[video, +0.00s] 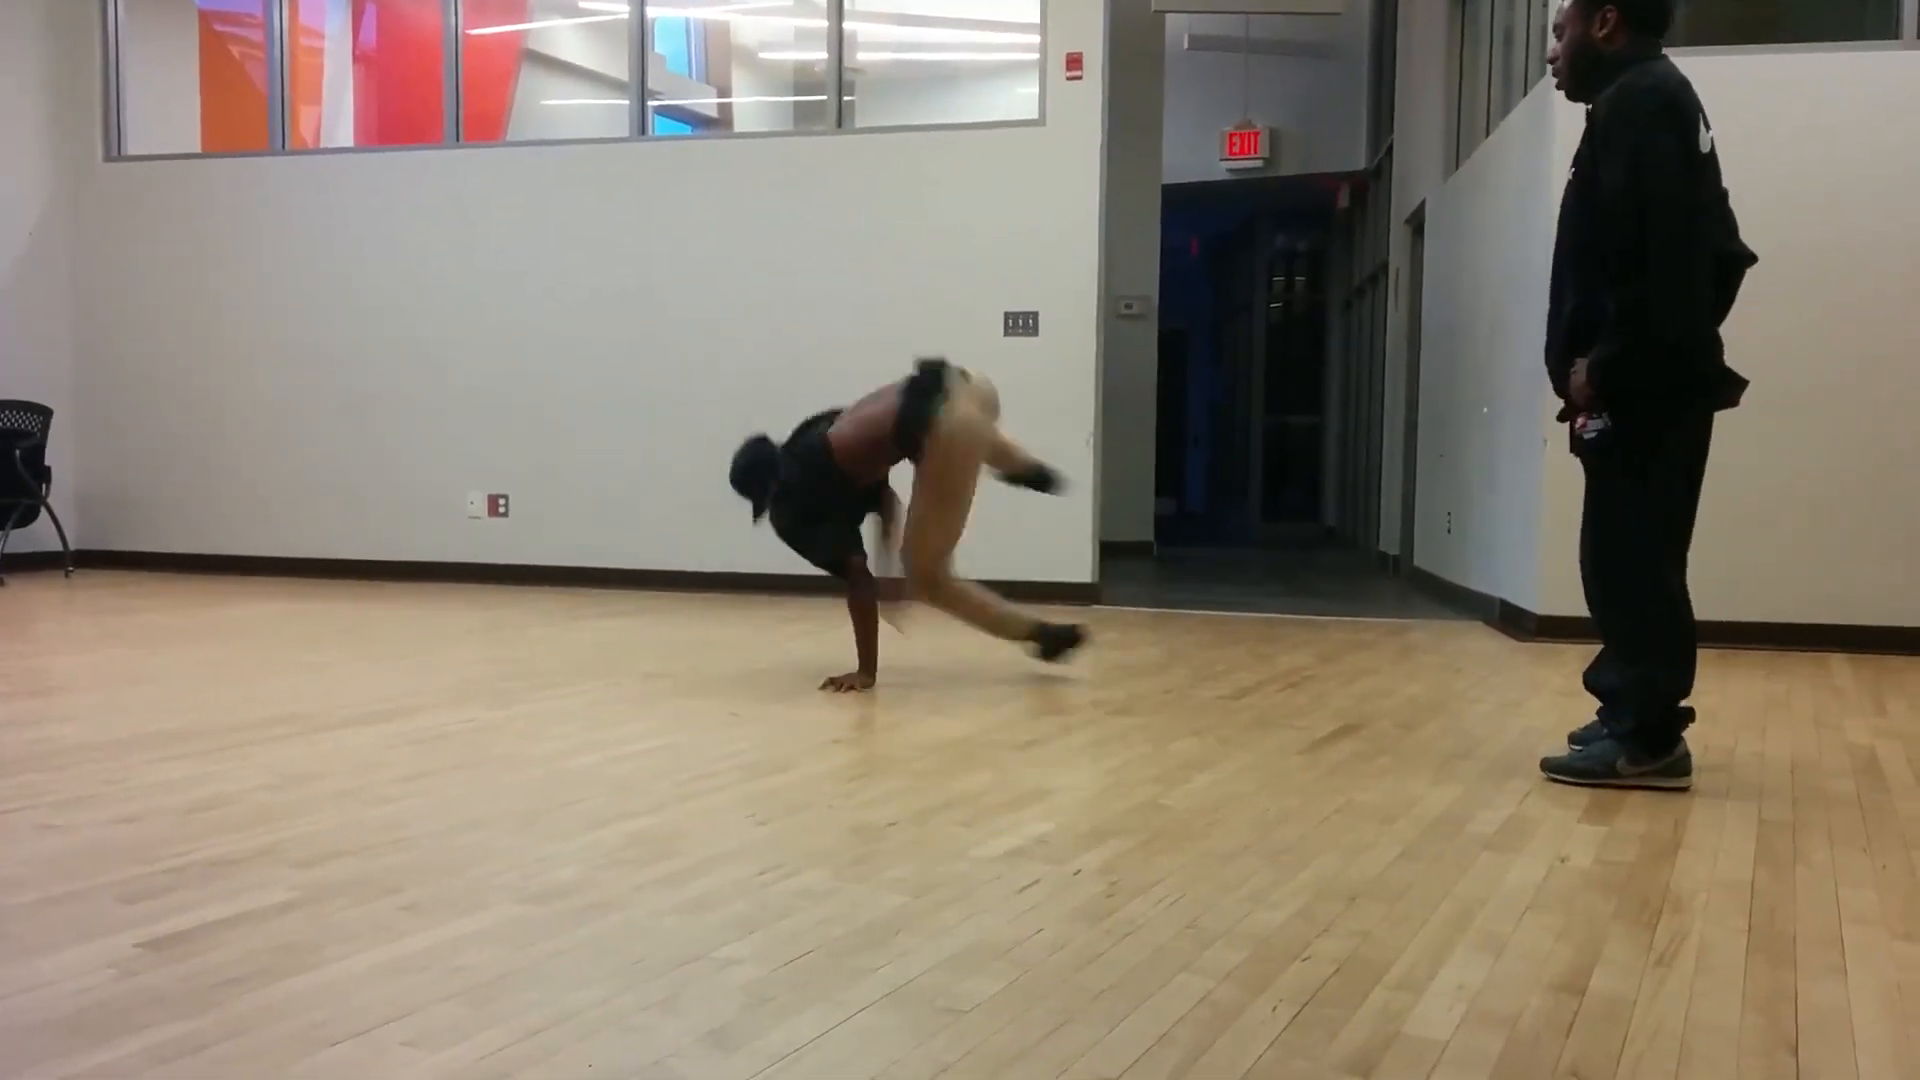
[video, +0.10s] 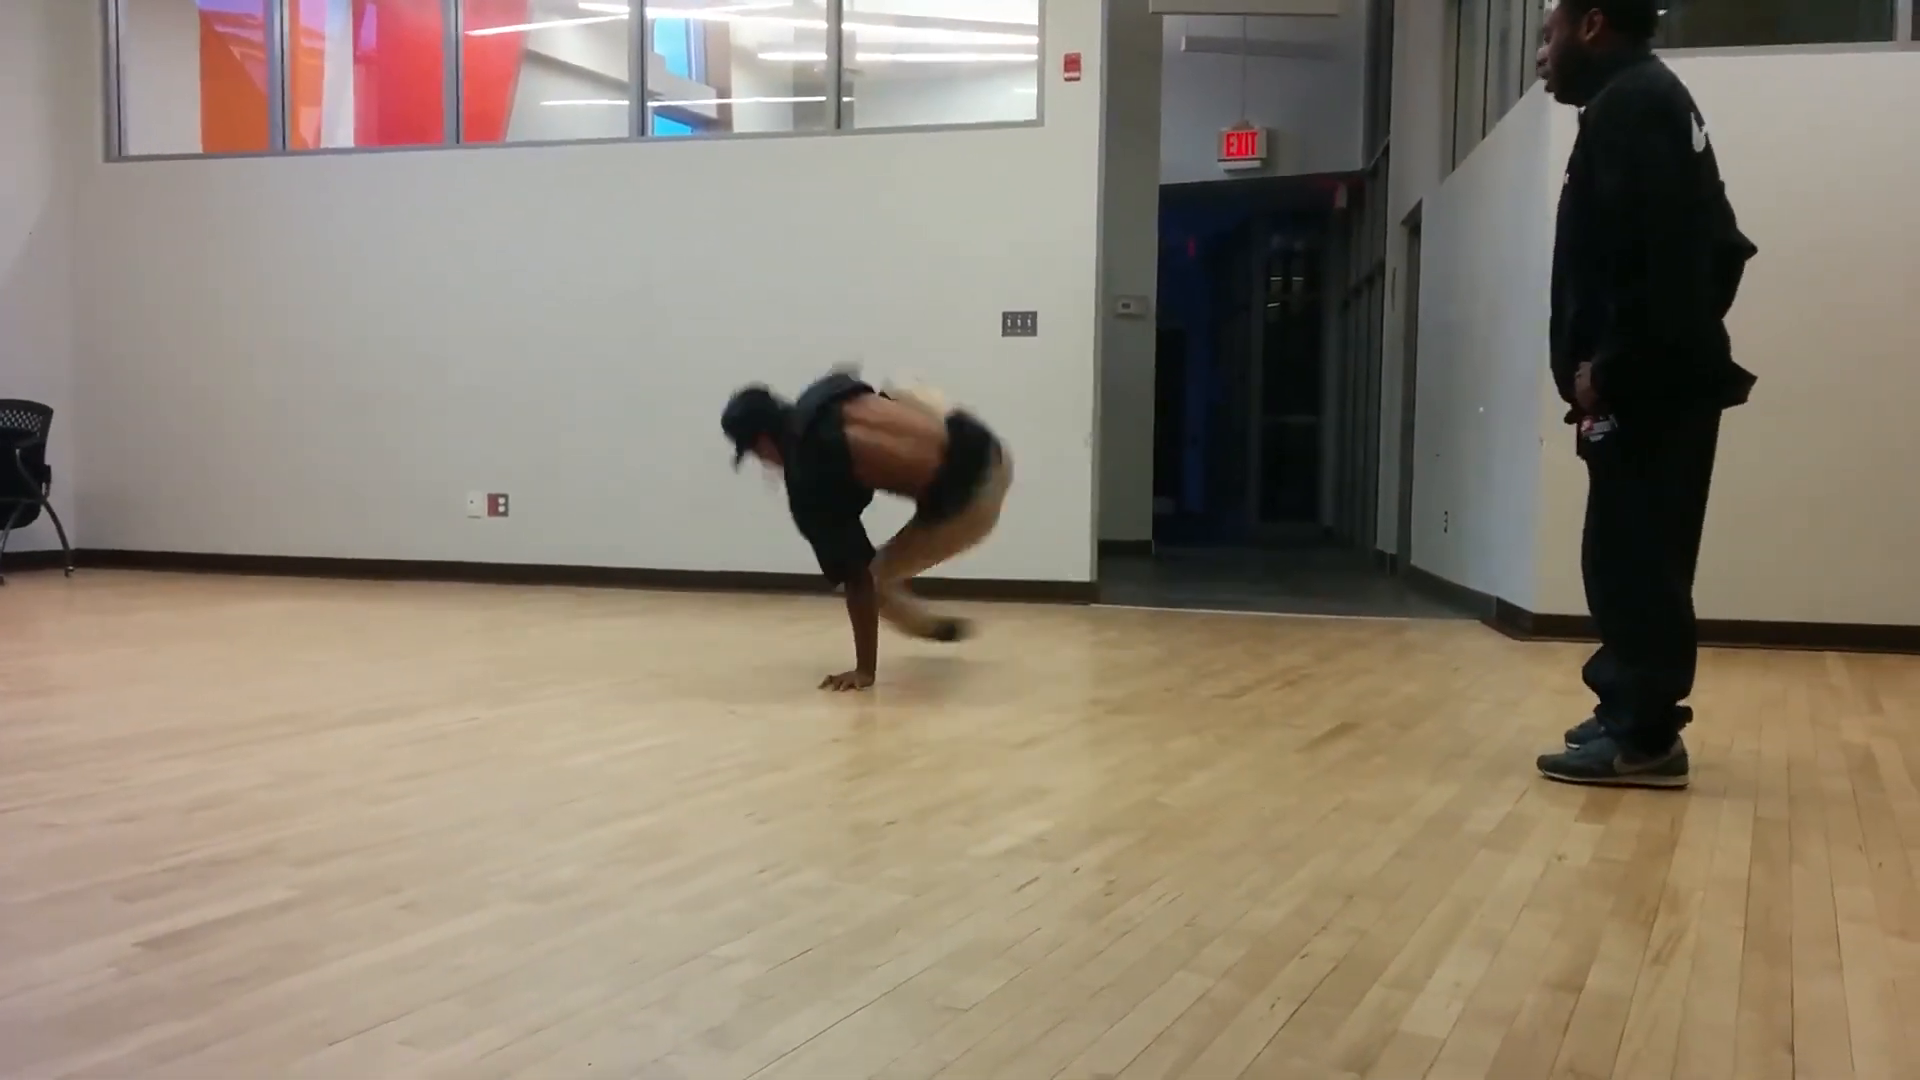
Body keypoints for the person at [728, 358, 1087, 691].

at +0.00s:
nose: (754, 498)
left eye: (751, 493)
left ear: (753, 491)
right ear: (773, 451)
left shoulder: (789, 513)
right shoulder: (808, 441)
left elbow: (859, 579)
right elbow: (888, 500)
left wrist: (865, 672)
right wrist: (885, 574)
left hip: (947, 431)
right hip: (963, 382)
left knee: (928, 580)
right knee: (971, 429)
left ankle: (1045, 636)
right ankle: (1033, 472)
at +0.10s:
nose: (760, 458)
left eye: (754, 448)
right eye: (753, 450)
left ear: (762, 440)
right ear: (779, 407)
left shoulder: (809, 484)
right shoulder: (824, 392)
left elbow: (861, 579)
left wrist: (865, 671)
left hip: (967, 504)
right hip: (984, 446)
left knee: (877, 580)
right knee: (899, 393)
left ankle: (937, 628)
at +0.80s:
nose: (895, 544)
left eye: (895, 544)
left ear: (888, 536)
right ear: (925, 534)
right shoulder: (954, 508)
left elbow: (856, 580)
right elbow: (958, 578)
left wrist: (847, 668)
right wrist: (954, 664)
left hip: (869, 453)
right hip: (934, 451)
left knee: (802, 589)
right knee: (1033, 566)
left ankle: (735, 627)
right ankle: (979, 600)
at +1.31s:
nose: (731, 650)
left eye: (724, 648)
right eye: (723, 644)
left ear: (731, 644)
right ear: (724, 619)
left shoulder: (767, 621)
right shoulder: (748, 544)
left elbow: (852, 587)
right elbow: (858, 578)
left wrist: (856, 660)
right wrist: (874, 639)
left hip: (865, 545)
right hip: (856, 483)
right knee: (960, 498)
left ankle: (964, 466)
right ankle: (1022, 507)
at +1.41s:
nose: (727, 652)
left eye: (719, 651)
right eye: (721, 649)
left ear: (721, 640)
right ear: (716, 630)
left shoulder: (739, 595)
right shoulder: (739, 545)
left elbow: (840, 583)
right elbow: (844, 578)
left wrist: (849, 655)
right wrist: (861, 638)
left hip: (856, 528)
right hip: (855, 473)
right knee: (937, 535)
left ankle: (931, 476)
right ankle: (1054, 517)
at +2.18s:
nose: (709, 492)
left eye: (708, 482)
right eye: (708, 483)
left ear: (719, 475)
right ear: (747, 461)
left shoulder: (741, 512)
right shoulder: (803, 494)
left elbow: (805, 576)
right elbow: (869, 565)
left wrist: (810, 660)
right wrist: (862, 643)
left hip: (839, 456)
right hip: (880, 450)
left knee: (896, 497)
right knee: (978, 541)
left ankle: (905, 366)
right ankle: (1099, 531)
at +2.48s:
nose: (704, 412)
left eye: (709, 397)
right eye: (697, 408)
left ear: (728, 384)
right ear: (697, 418)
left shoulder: (791, 392)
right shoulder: (742, 473)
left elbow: (843, 392)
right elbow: (792, 568)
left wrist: (861, 431)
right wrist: (789, 655)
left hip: (823, 526)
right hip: (781, 567)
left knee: (743, 395)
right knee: (662, 549)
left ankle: (714, 442)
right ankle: (622, 618)